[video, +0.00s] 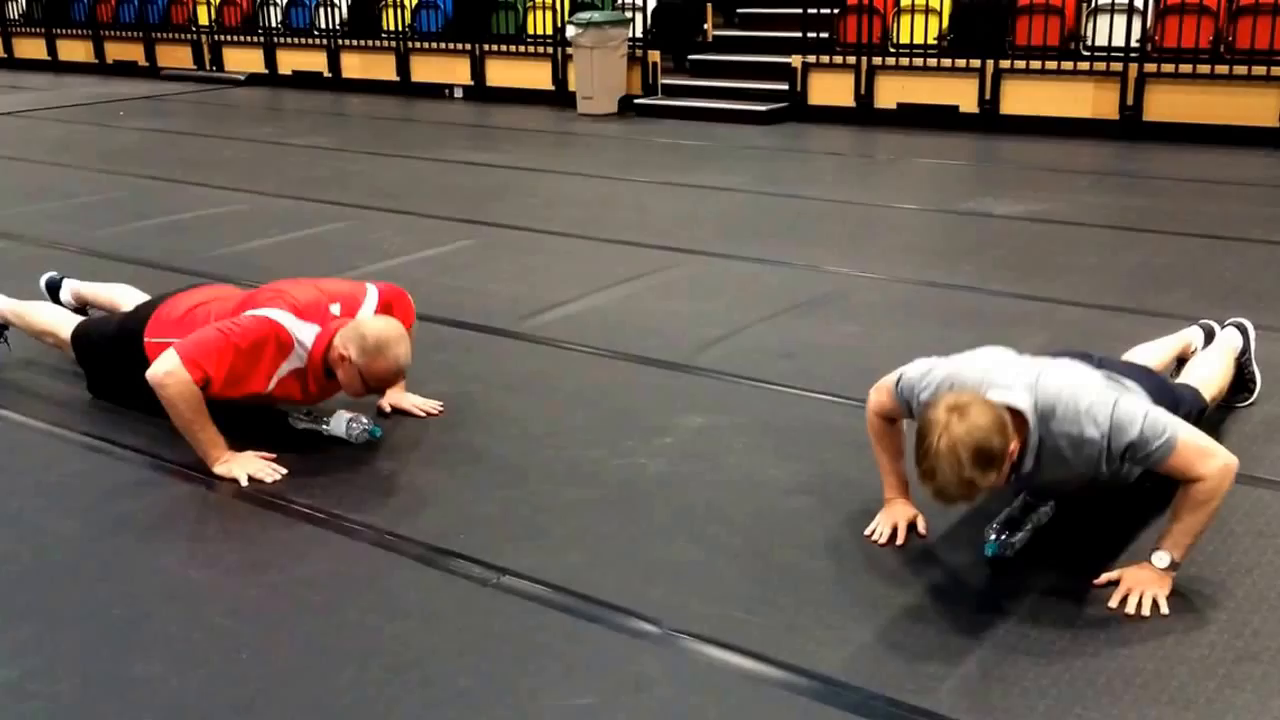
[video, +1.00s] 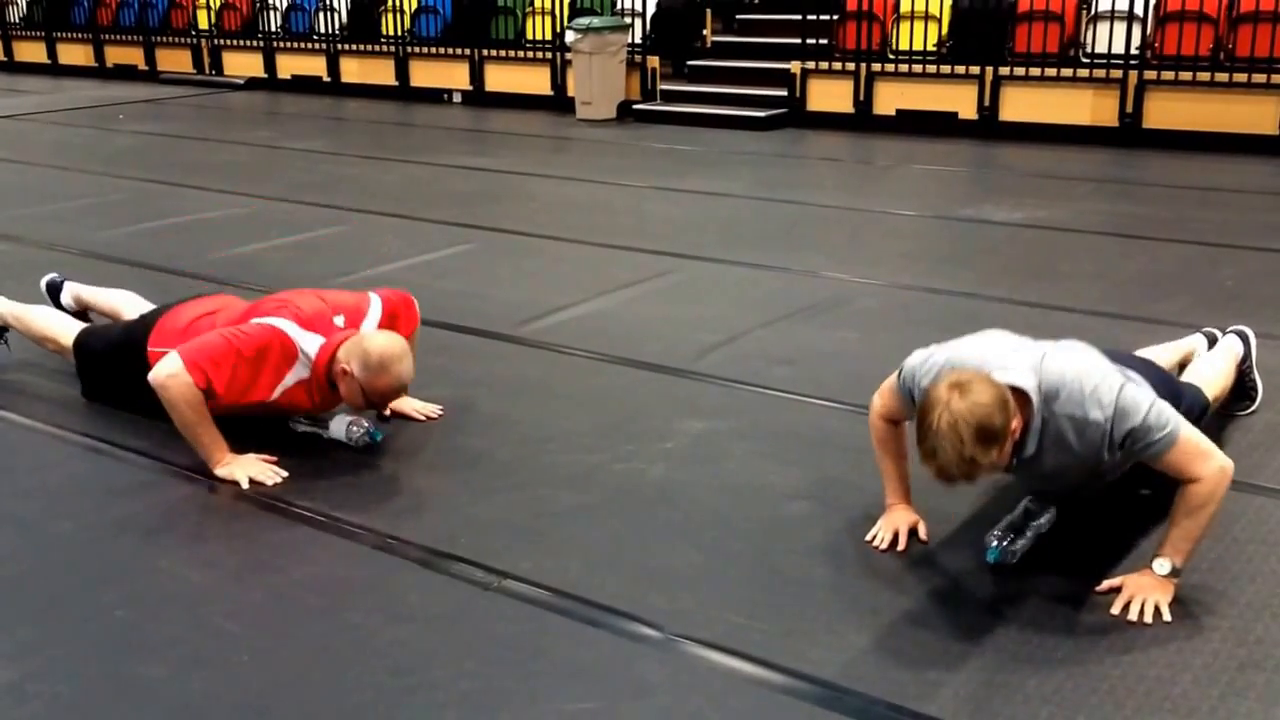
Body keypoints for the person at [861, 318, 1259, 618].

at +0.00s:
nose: (978, 499)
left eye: (982, 490)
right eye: (964, 494)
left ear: (1010, 453)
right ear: (931, 427)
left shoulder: (1099, 418)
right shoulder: (940, 380)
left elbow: (1217, 468)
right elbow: (880, 404)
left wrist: (1161, 564)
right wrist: (895, 497)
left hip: (1133, 395)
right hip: (1059, 370)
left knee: (1191, 393)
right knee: (1129, 370)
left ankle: (1232, 339)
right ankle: (1194, 334)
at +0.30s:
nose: (992, 444)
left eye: (995, 434)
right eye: (980, 439)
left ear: (1022, 395)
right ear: (945, 394)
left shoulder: (1111, 379)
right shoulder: (933, 349)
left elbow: (1201, 464)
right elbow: (891, 407)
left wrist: (1160, 567)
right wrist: (896, 501)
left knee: (1193, 386)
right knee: (1146, 359)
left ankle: (1234, 343)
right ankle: (1195, 339)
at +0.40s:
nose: (994, 407)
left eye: (1000, 394)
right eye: (980, 401)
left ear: (1027, 346)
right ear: (949, 353)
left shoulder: (1113, 339)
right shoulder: (937, 316)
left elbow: (1173, 455)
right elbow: (904, 406)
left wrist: (1158, 568)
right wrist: (897, 501)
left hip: (1140, 373)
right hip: (1056, 396)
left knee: (1194, 379)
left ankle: (1234, 348)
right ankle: (1202, 347)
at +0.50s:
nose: (989, 392)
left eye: (998, 380)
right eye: (975, 384)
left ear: (1028, 337)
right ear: (949, 347)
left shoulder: (1115, 336)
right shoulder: (938, 316)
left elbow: (1167, 454)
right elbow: (906, 406)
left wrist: (1158, 567)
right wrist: (897, 501)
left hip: (1145, 378)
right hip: (1064, 398)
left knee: (1196, 381)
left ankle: (1234, 349)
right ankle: (1202, 347)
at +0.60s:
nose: (978, 427)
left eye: (987, 415)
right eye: (965, 420)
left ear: (1020, 371)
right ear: (946, 376)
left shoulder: (1111, 361)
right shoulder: (929, 342)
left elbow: (1194, 460)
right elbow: (893, 410)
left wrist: (1159, 569)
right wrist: (896, 502)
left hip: (1143, 375)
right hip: (1061, 399)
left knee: (1197, 382)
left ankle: (1236, 346)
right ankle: (1197, 345)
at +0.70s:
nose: (982, 478)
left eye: (988, 468)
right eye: (966, 472)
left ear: (1014, 424)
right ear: (939, 425)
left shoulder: (1102, 404)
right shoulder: (930, 371)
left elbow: (1211, 469)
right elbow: (882, 411)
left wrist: (1161, 569)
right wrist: (896, 502)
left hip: (1137, 394)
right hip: (1091, 369)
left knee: (1194, 396)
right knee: (1138, 365)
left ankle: (1233, 346)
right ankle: (1199, 340)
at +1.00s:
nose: (985, 479)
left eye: (990, 469)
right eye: (969, 474)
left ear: (1014, 427)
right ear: (939, 427)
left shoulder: (1103, 403)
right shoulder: (933, 371)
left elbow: (1212, 471)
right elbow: (884, 411)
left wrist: (1162, 571)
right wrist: (897, 503)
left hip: (1136, 396)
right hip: (1086, 371)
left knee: (1195, 395)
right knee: (1136, 366)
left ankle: (1233, 346)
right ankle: (1200, 341)